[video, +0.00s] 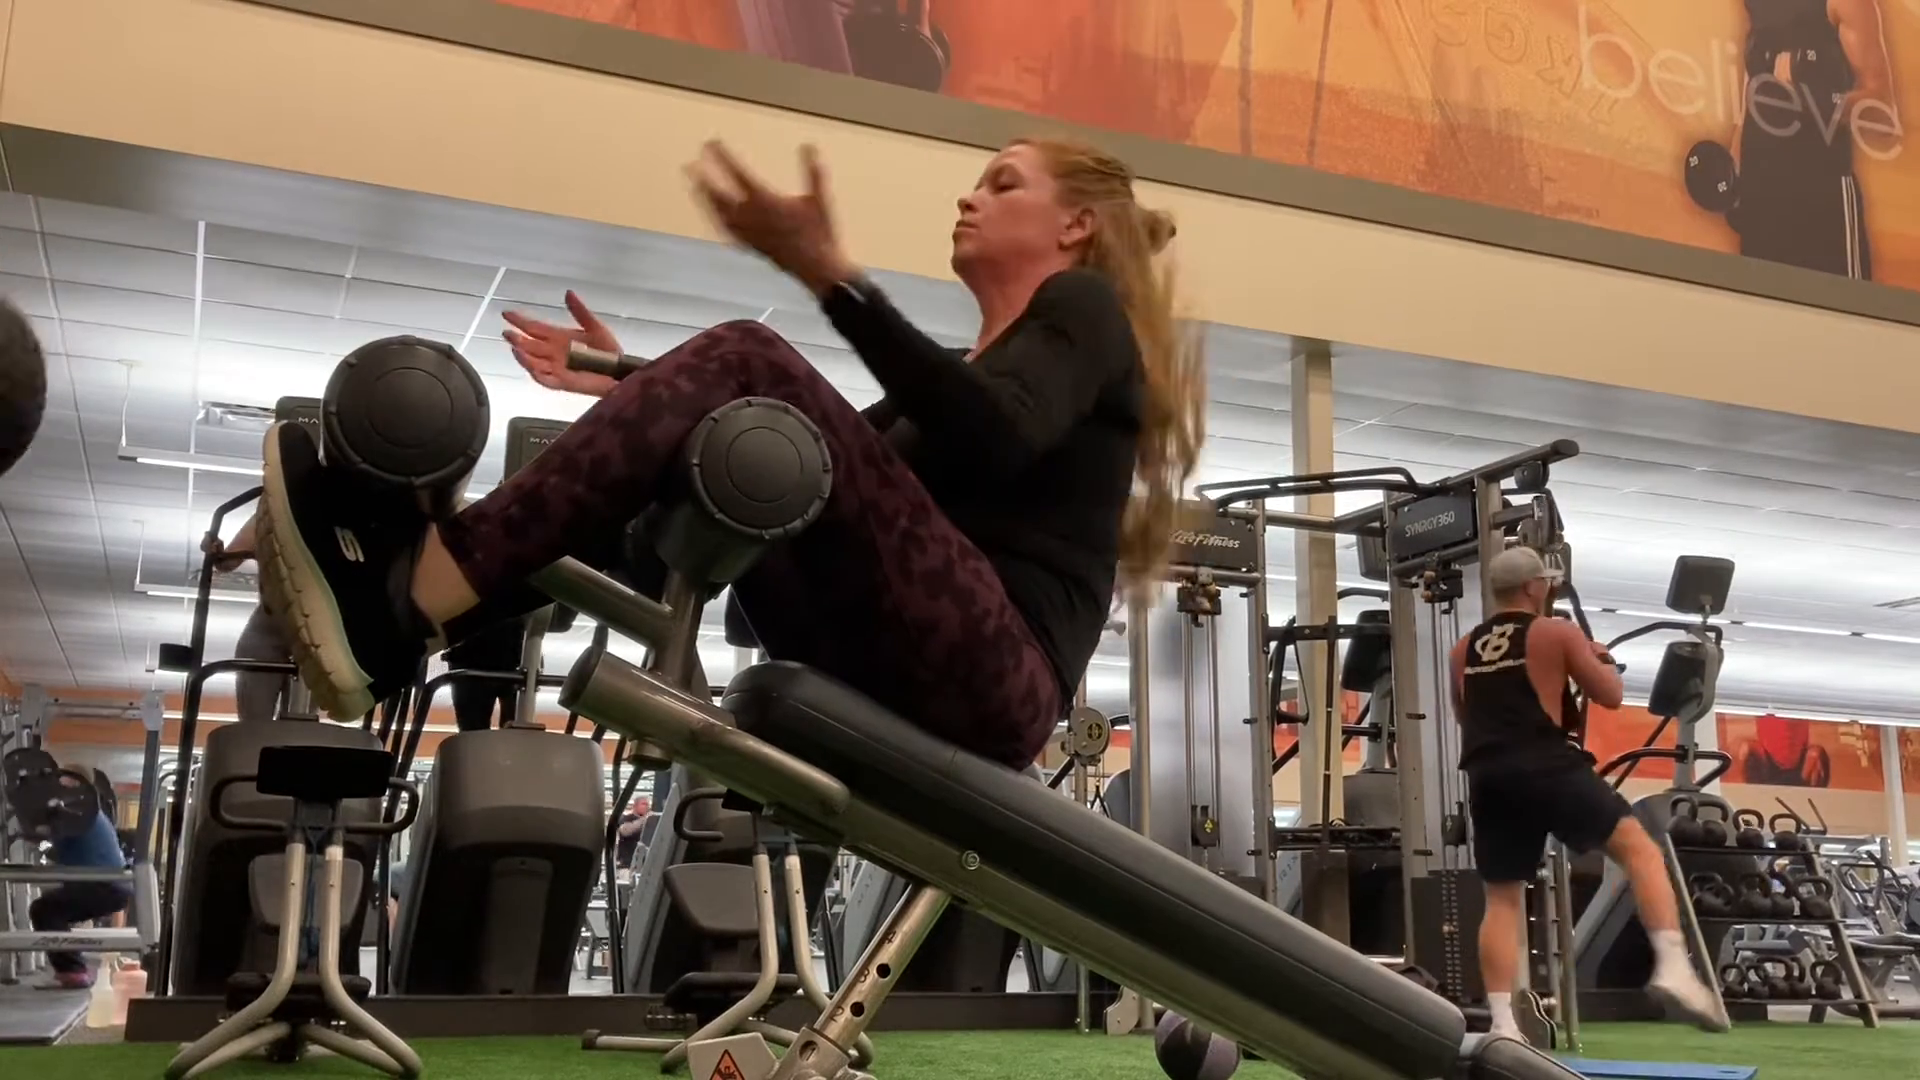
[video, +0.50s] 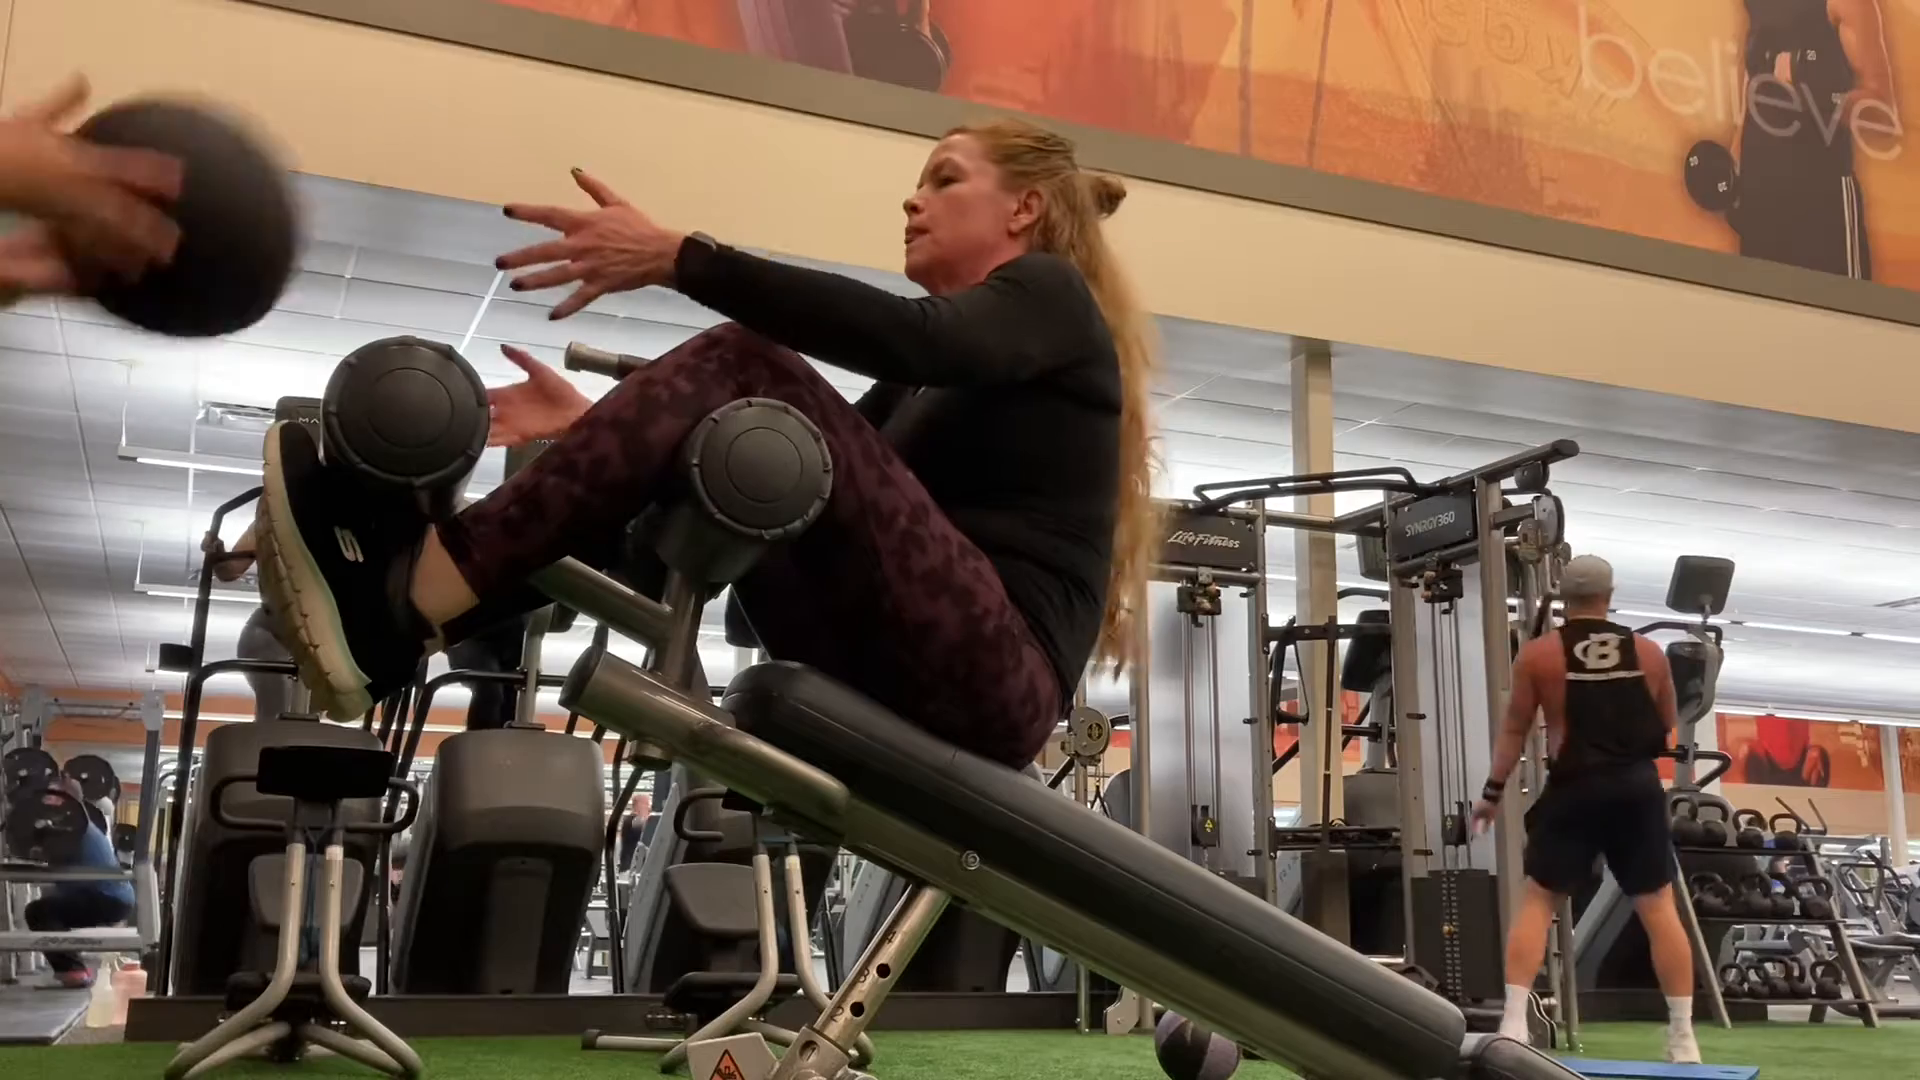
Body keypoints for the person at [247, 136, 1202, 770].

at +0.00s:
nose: (968, 197)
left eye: (1003, 185)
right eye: (976, 184)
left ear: (1078, 226)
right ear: (996, 233)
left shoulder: (1085, 309)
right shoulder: (969, 377)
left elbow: (996, 432)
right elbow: (838, 455)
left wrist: (834, 283)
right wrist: (638, 379)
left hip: (992, 672)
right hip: (904, 658)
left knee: (751, 361)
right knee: (723, 418)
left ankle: (423, 601)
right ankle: (406, 598)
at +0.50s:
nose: (911, 204)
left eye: (943, 183)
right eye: (918, 186)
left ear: (1024, 210)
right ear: (986, 215)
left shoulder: (1053, 298)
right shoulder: (931, 355)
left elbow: (908, 331)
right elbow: (806, 458)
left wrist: (676, 256)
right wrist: (593, 424)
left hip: (993, 676)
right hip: (880, 649)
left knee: (752, 364)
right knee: (723, 392)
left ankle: (416, 606)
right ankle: (407, 587)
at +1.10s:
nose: (932, 209)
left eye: (966, 189)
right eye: (941, 192)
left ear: (1046, 218)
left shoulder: (1064, 298)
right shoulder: (985, 353)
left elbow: (915, 375)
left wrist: (738, 285)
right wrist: (714, 319)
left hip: (997, 674)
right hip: (913, 657)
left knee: (755, 367)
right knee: (723, 384)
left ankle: (418, 600)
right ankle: (404, 592)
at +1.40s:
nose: (1021, 282)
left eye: (1051, 258)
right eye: (1024, 261)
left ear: (1134, 274)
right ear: (1073, 281)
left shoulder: (1167, 364)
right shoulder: (1074, 403)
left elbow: (1038, 470)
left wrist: (889, 371)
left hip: (1008, 676)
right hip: (937, 654)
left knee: (747, 366)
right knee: (742, 384)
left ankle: (426, 597)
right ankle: (426, 580)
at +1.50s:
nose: (1068, 327)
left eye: (1091, 302)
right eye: (1070, 307)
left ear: (1176, 308)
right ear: (1128, 324)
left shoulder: (1216, 397)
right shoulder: (1121, 432)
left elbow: (1097, 497)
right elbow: (997, 542)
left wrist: (946, 396)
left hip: (1016, 677)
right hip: (958, 659)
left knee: (755, 381)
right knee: (747, 399)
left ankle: (421, 594)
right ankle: (422, 571)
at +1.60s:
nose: (1123, 367)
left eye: (1150, 345)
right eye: (1126, 351)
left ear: (1234, 359)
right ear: (1178, 374)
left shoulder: (1269, 449)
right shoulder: (1145, 478)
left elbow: (1141, 527)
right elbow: (919, 531)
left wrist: (989, 423)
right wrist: (693, 401)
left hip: (1017, 680)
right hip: (953, 651)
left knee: (752, 373)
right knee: (735, 394)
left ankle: (428, 584)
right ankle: (401, 586)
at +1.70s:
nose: (1182, 420)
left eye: (1212, 403)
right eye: (1186, 405)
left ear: (1288, 424)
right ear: (1225, 431)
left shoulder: (1309, 509)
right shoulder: (1210, 523)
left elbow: (1152, 555)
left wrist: (1032, 440)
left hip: (1029, 679)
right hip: (980, 667)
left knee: (747, 381)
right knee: (730, 393)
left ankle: (436, 579)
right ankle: (420, 575)